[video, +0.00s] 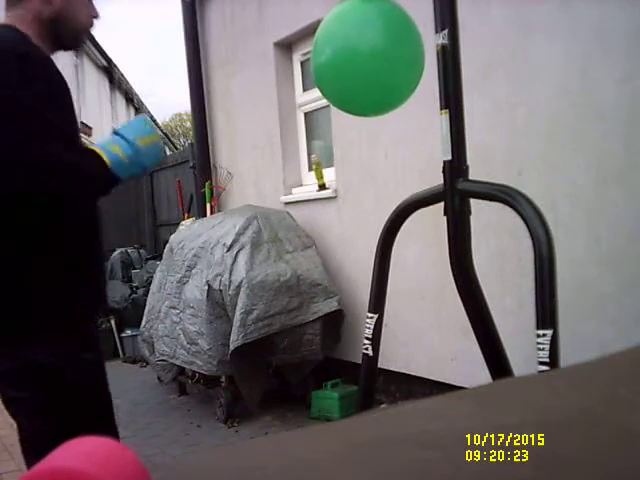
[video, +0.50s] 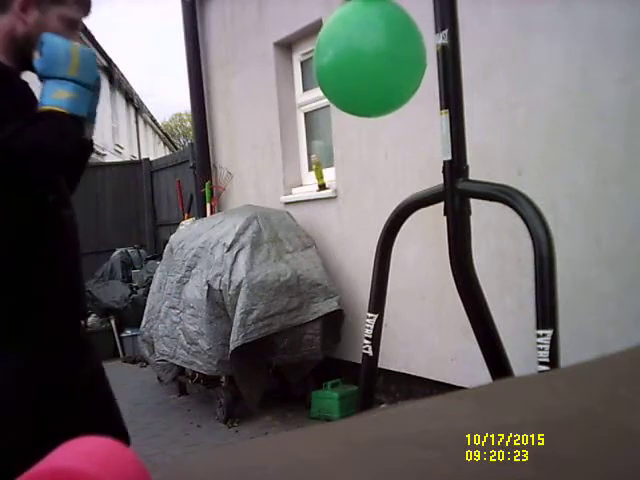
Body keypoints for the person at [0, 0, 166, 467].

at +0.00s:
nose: (95, 13)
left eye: (92, 3)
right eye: (87, 2)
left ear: (40, 5)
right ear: (48, 2)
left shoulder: (25, 65)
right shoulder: (21, 66)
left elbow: (42, 183)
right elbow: (42, 189)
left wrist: (108, 155)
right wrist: (114, 157)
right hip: (43, 317)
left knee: (74, 462)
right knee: (83, 464)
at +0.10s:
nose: (98, 26)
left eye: (98, 13)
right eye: (92, 9)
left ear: (50, 8)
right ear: (51, 5)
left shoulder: (32, 76)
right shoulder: (12, 73)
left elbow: (55, 189)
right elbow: (29, 190)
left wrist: (104, 141)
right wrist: (95, 131)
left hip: (55, 311)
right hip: (36, 317)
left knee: (81, 462)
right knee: (74, 465)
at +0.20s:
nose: (96, 40)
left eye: (99, 27)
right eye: (91, 22)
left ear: (49, 12)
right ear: (48, 9)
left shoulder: (36, 86)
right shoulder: (6, 76)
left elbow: (72, 192)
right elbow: (30, 190)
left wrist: (109, 130)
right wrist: (86, 107)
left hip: (55, 310)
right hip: (28, 315)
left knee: (82, 461)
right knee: (75, 463)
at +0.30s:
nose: (88, 41)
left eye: (92, 30)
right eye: (83, 26)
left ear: (42, 12)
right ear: (41, 9)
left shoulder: (35, 85)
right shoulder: (8, 79)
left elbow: (79, 180)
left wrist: (102, 113)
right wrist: (74, 94)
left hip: (57, 305)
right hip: (24, 311)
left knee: (81, 459)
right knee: (61, 463)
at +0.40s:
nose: (83, 37)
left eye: (86, 25)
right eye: (76, 21)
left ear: (31, 12)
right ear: (32, 9)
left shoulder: (29, 85)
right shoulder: (10, 81)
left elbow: (67, 178)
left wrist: (87, 106)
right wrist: (68, 96)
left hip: (55, 300)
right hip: (22, 305)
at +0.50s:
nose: (78, 39)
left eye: (80, 26)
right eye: (71, 22)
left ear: (25, 14)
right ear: (23, 11)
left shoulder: (19, 89)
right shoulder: (4, 88)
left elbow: (52, 190)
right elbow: (31, 194)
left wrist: (75, 98)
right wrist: (66, 95)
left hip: (47, 323)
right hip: (25, 329)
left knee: (97, 453)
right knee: (95, 454)